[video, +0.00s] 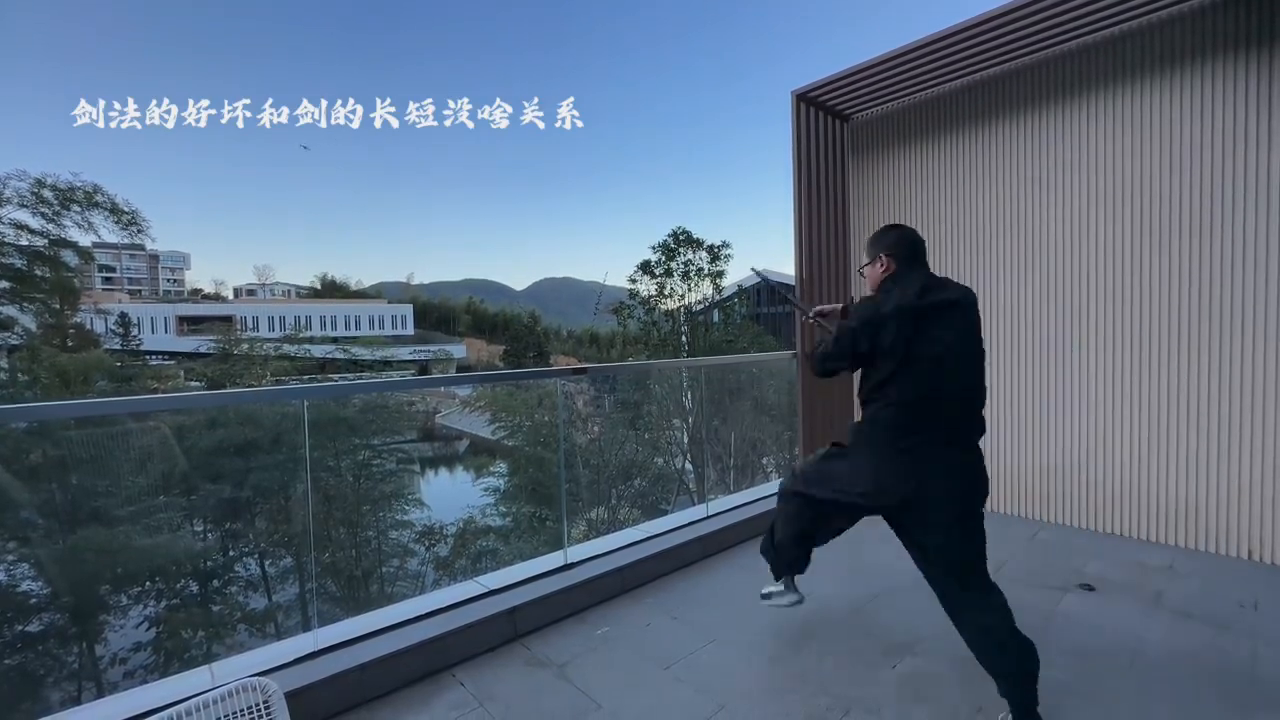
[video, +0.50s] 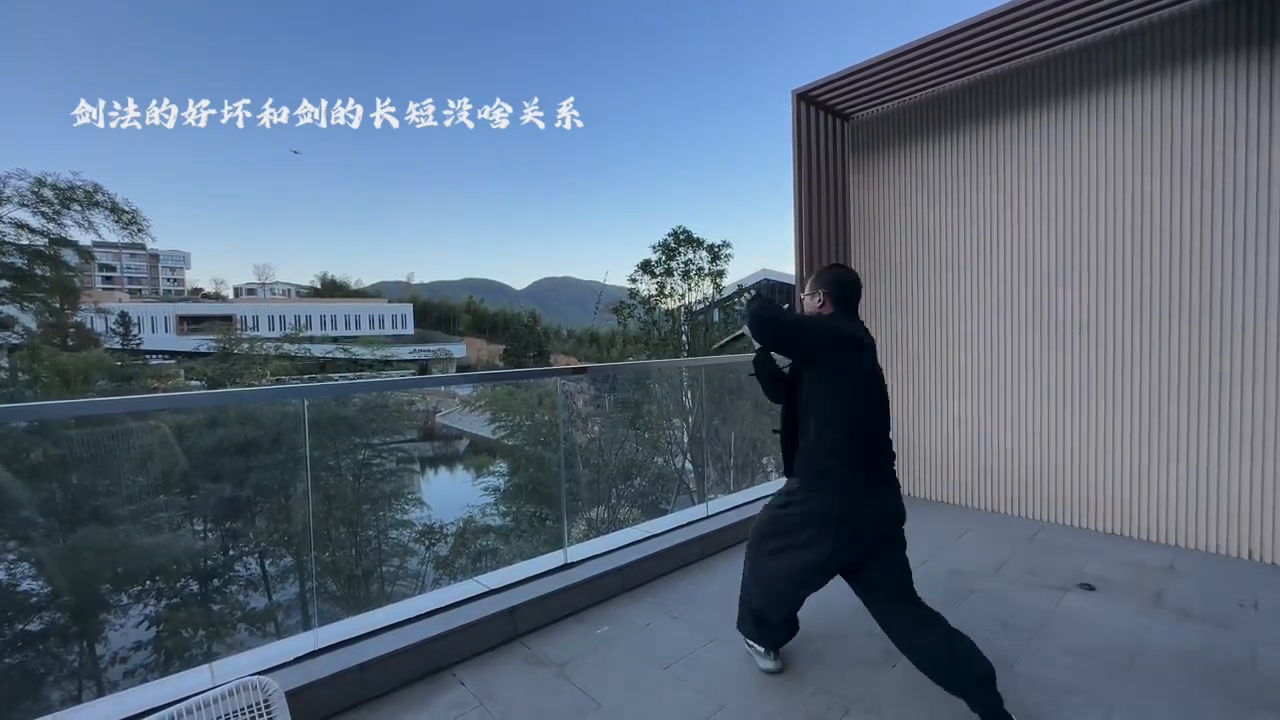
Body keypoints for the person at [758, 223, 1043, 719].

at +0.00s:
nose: (865, 276)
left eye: (866, 268)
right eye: (865, 267)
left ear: (885, 265)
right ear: (920, 262)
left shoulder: (877, 311)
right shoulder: (963, 301)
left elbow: (824, 364)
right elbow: (916, 328)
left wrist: (833, 328)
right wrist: (855, 313)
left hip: (886, 465)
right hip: (956, 471)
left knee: (801, 488)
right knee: (969, 587)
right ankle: (1024, 703)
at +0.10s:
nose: (837, 286)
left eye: (841, 279)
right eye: (839, 279)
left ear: (855, 284)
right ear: (891, 287)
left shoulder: (827, 341)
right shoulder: (926, 329)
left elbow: (806, 395)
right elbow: (949, 334)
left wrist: (850, 399)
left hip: (835, 490)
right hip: (909, 492)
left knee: (793, 556)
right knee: (953, 592)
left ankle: (767, 640)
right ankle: (1017, 697)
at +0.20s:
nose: (810, 301)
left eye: (814, 296)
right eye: (814, 294)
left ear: (824, 300)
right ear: (860, 302)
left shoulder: (795, 349)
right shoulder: (888, 351)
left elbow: (815, 393)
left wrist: (876, 361)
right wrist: (903, 370)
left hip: (800, 495)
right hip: (872, 499)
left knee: (777, 568)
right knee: (926, 595)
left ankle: (764, 643)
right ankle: (992, 702)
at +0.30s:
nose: (803, 303)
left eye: (806, 297)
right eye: (805, 295)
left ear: (817, 301)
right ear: (853, 305)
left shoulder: (787, 345)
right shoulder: (875, 356)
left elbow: (806, 384)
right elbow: (873, 405)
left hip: (795, 489)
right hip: (863, 492)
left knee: (774, 566)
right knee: (907, 597)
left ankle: (765, 641)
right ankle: (981, 698)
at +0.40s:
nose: (801, 304)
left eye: (805, 297)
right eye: (802, 297)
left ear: (818, 301)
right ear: (849, 304)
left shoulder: (803, 337)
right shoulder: (867, 354)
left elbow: (755, 333)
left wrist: (769, 321)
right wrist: (805, 326)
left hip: (805, 495)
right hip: (865, 496)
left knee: (767, 557)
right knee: (901, 604)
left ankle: (764, 640)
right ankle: (983, 703)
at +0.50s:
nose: (802, 304)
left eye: (806, 296)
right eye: (803, 297)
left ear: (821, 300)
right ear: (846, 303)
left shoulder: (830, 335)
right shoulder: (850, 344)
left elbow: (763, 320)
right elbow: (784, 391)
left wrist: (770, 296)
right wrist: (763, 349)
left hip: (823, 495)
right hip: (873, 497)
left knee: (768, 543)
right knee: (901, 609)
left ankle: (764, 639)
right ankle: (988, 700)